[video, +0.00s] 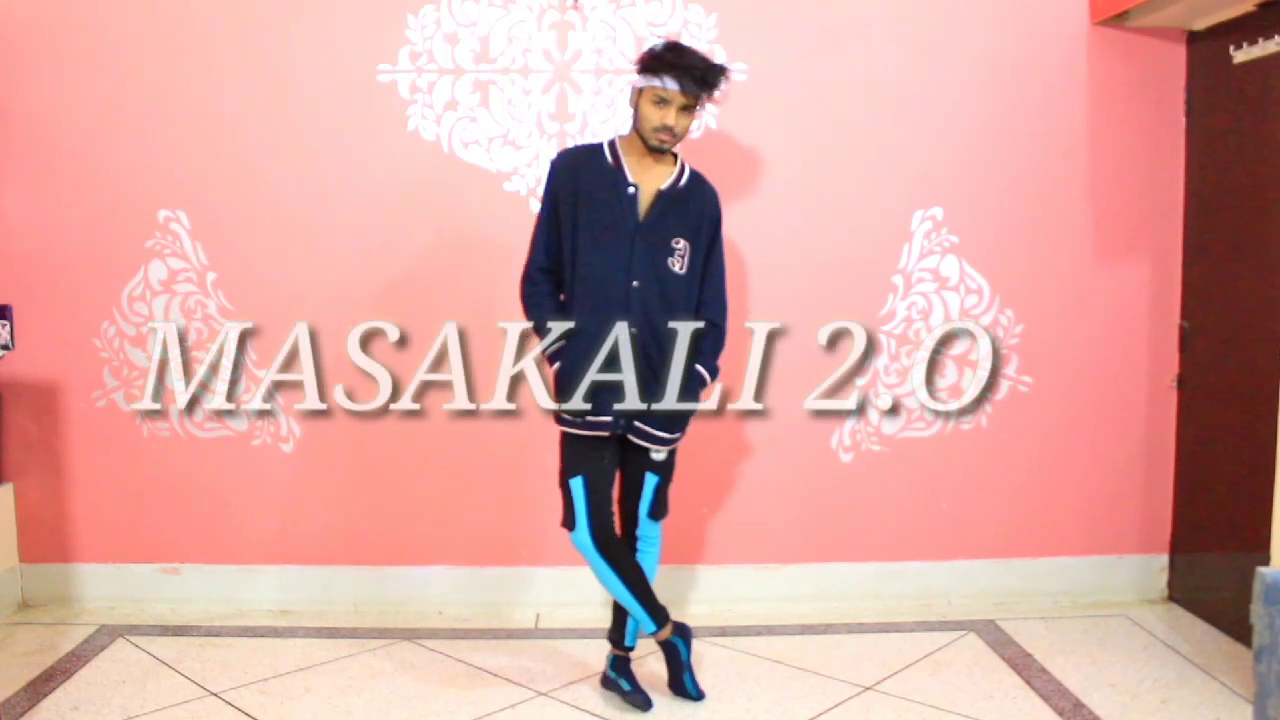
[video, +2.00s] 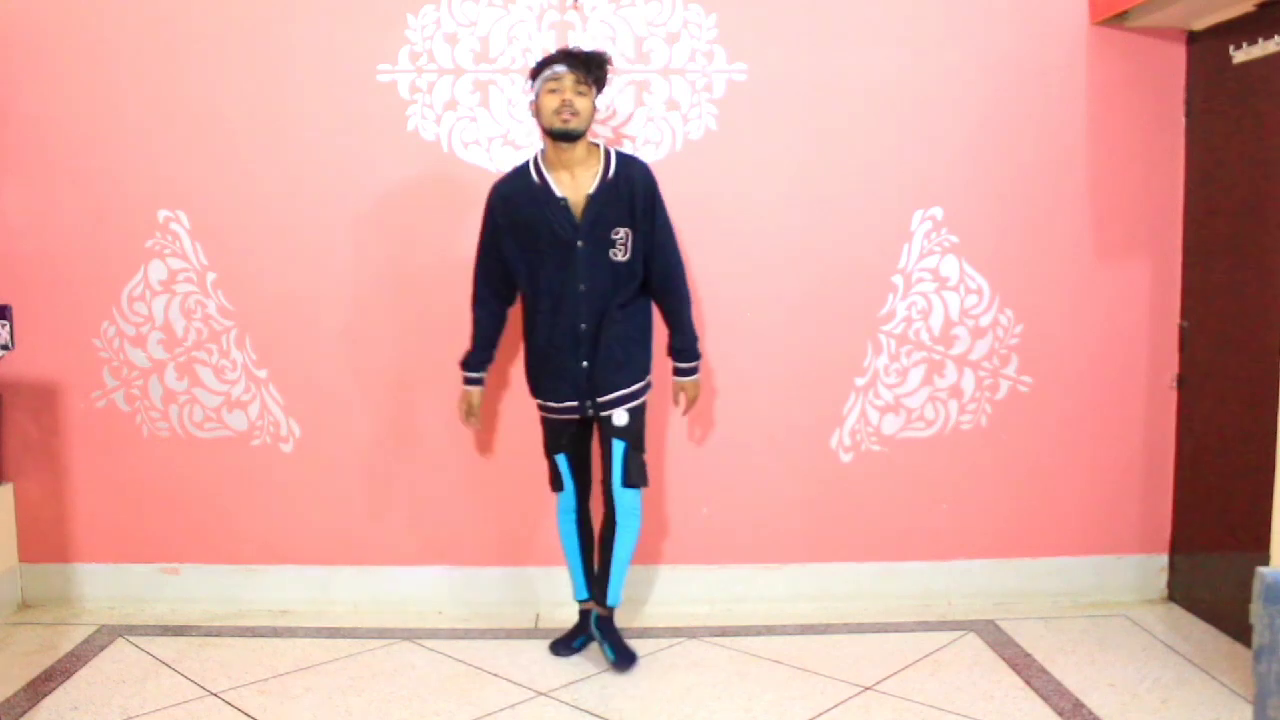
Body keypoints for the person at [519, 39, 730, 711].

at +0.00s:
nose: (669, 120)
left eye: (683, 110)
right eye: (660, 103)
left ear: (696, 117)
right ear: (635, 98)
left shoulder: (699, 196)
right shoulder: (575, 169)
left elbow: (712, 299)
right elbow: (539, 275)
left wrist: (703, 372)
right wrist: (559, 347)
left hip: (665, 386)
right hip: (588, 380)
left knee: (643, 524)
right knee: (586, 526)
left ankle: (619, 661)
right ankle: (669, 634)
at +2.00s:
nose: (566, 99)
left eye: (578, 90)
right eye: (553, 90)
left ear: (595, 104)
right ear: (535, 106)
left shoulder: (631, 177)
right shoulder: (511, 192)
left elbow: (666, 270)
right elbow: (492, 286)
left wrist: (687, 359)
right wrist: (474, 371)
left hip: (623, 358)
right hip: (554, 364)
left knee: (625, 489)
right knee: (569, 492)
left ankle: (605, 613)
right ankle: (586, 611)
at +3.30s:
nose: (598, 55)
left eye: (614, 43)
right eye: (583, 43)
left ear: (634, 60)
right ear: (562, 62)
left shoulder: (668, 158)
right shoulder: (522, 156)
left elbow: (726, 245)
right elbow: (488, 261)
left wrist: (690, 271)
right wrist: (477, 258)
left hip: (660, 380)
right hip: (566, 384)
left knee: (710, 512)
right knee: (558, 540)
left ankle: (676, 640)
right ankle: (572, 691)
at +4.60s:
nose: (611, 164)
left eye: (622, 156)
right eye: (600, 149)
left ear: (627, 166)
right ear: (569, 149)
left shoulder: (642, 232)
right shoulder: (534, 234)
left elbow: (713, 276)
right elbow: (554, 336)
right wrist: (528, 334)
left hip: (640, 421)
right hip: (553, 424)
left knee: (732, 504)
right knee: (490, 526)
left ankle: (677, 634)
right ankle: (483, 626)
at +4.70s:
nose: (643, 166)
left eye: (650, 154)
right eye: (632, 151)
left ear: (656, 160)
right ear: (599, 151)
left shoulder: (668, 230)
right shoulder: (552, 234)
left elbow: (719, 300)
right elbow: (534, 332)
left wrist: (753, 344)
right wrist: (531, 320)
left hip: (651, 424)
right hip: (567, 430)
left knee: (741, 512)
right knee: (504, 534)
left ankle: (676, 639)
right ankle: (482, 623)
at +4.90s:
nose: (699, 168)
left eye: (703, 156)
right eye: (696, 153)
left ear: (667, 150)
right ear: (660, 144)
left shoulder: (661, 212)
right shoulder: (620, 215)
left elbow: (684, 309)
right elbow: (620, 327)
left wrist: (718, 394)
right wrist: (656, 321)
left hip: (705, 407)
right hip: (667, 412)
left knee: (756, 513)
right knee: (653, 544)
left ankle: (680, 639)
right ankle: (566, 682)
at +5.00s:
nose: (725, 158)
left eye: (729, 146)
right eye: (725, 143)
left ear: (673, 130)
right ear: (698, 132)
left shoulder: (615, 192)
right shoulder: (673, 206)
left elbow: (600, 272)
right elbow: (681, 320)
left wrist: (666, 299)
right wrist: (761, 333)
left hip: (655, 391)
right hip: (692, 394)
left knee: (716, 510)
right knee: (732, 521)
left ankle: (685, 639)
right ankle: (707, 689)